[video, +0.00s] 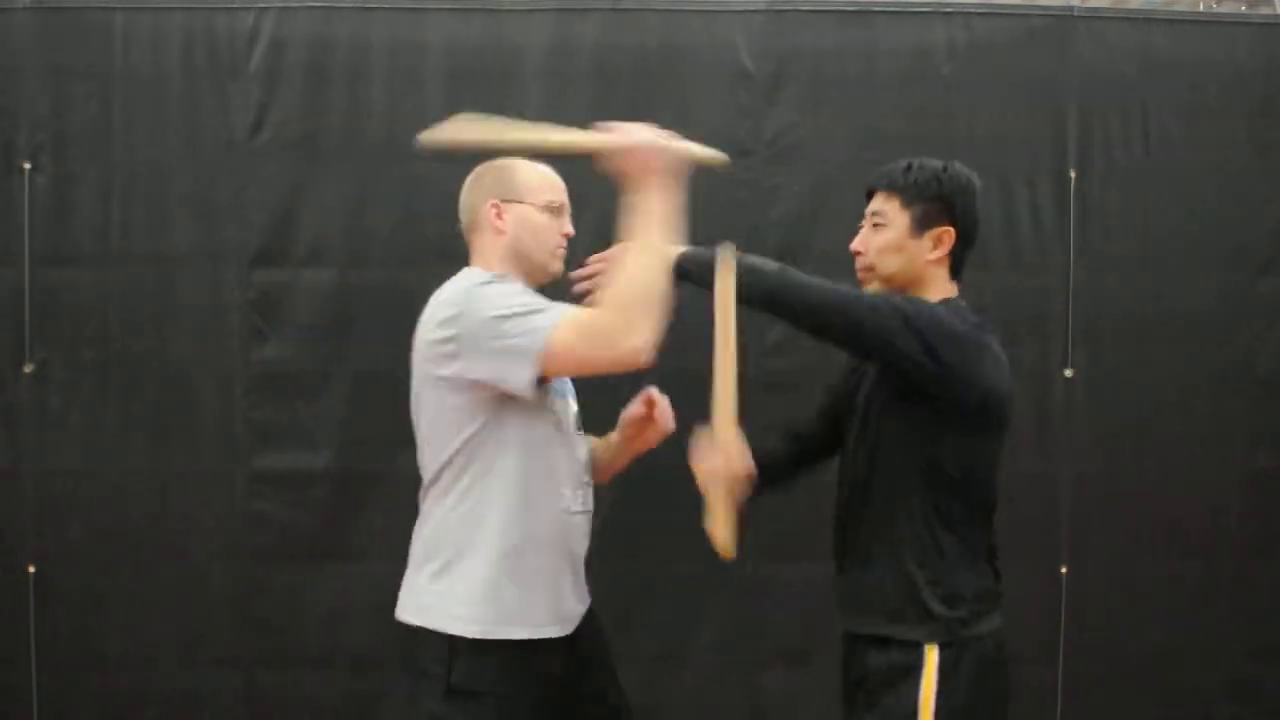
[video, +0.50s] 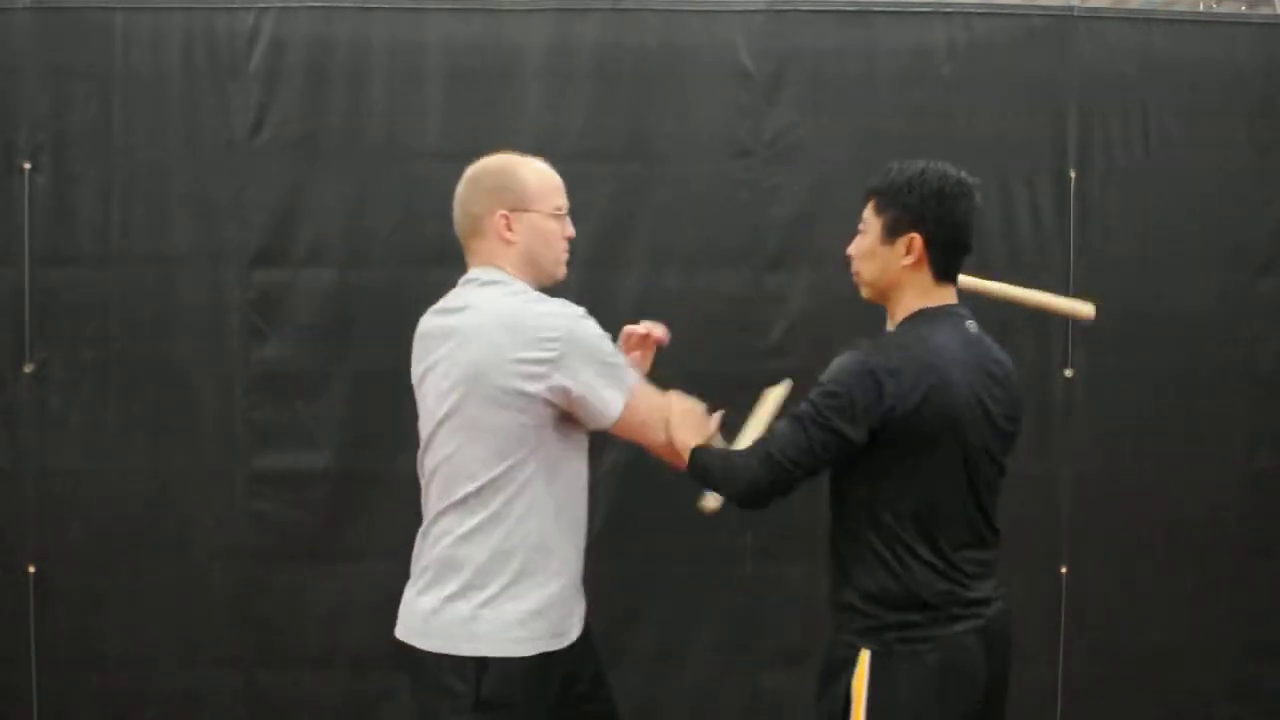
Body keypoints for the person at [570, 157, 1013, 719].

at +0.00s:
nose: (856, 242)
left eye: (878, 225)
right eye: (863, 225)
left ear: (938, 242)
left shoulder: (957, 344)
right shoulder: (892, 345)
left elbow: (817, 303)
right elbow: (824, 431)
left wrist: (667, 261)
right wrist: (749, 466)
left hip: (936, 651)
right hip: (883, 643)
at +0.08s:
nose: (856, 242)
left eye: (876, 225)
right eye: (864, 224)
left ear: (936, 241)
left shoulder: (956, 343)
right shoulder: (890, 348)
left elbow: (840, 318)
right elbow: (772, 396)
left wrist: (739, 285)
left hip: (929, 646)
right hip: (879, 641)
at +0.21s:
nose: (858, 246)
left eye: (875, 228)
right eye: (866, 227)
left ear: (929, 246)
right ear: (927, 247)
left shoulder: (937, 349)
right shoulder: (939, 340)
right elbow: (799, 397)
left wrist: (804, 310)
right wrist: (762, 291)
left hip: (906, 649)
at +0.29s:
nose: (860, 248)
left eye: (874, 231)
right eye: (867, 230)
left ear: (922, 250)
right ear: (927, 252)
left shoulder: (905, 362)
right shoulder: (984, 351)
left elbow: (752, 435)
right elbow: (829, 397)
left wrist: (777, 349)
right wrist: (803, 300)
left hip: (889, 653)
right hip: (961, 639)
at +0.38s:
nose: (857, 248)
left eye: (870, 233)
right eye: (865, 231)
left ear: (915, 249)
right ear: (922, 249)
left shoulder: (881, 366)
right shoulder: (995, 363)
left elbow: (748, 467)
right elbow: (871, 431)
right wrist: (850, 312)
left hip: (885, 658)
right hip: (972, 644)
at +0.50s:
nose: (850, 249)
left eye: (863, 233)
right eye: (857, 231)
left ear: (909, 249)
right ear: (917, 250)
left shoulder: (874, 370)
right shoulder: (994, 365)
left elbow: (754, 479)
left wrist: (690, 444)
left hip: (890, 657)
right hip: (975, 646)